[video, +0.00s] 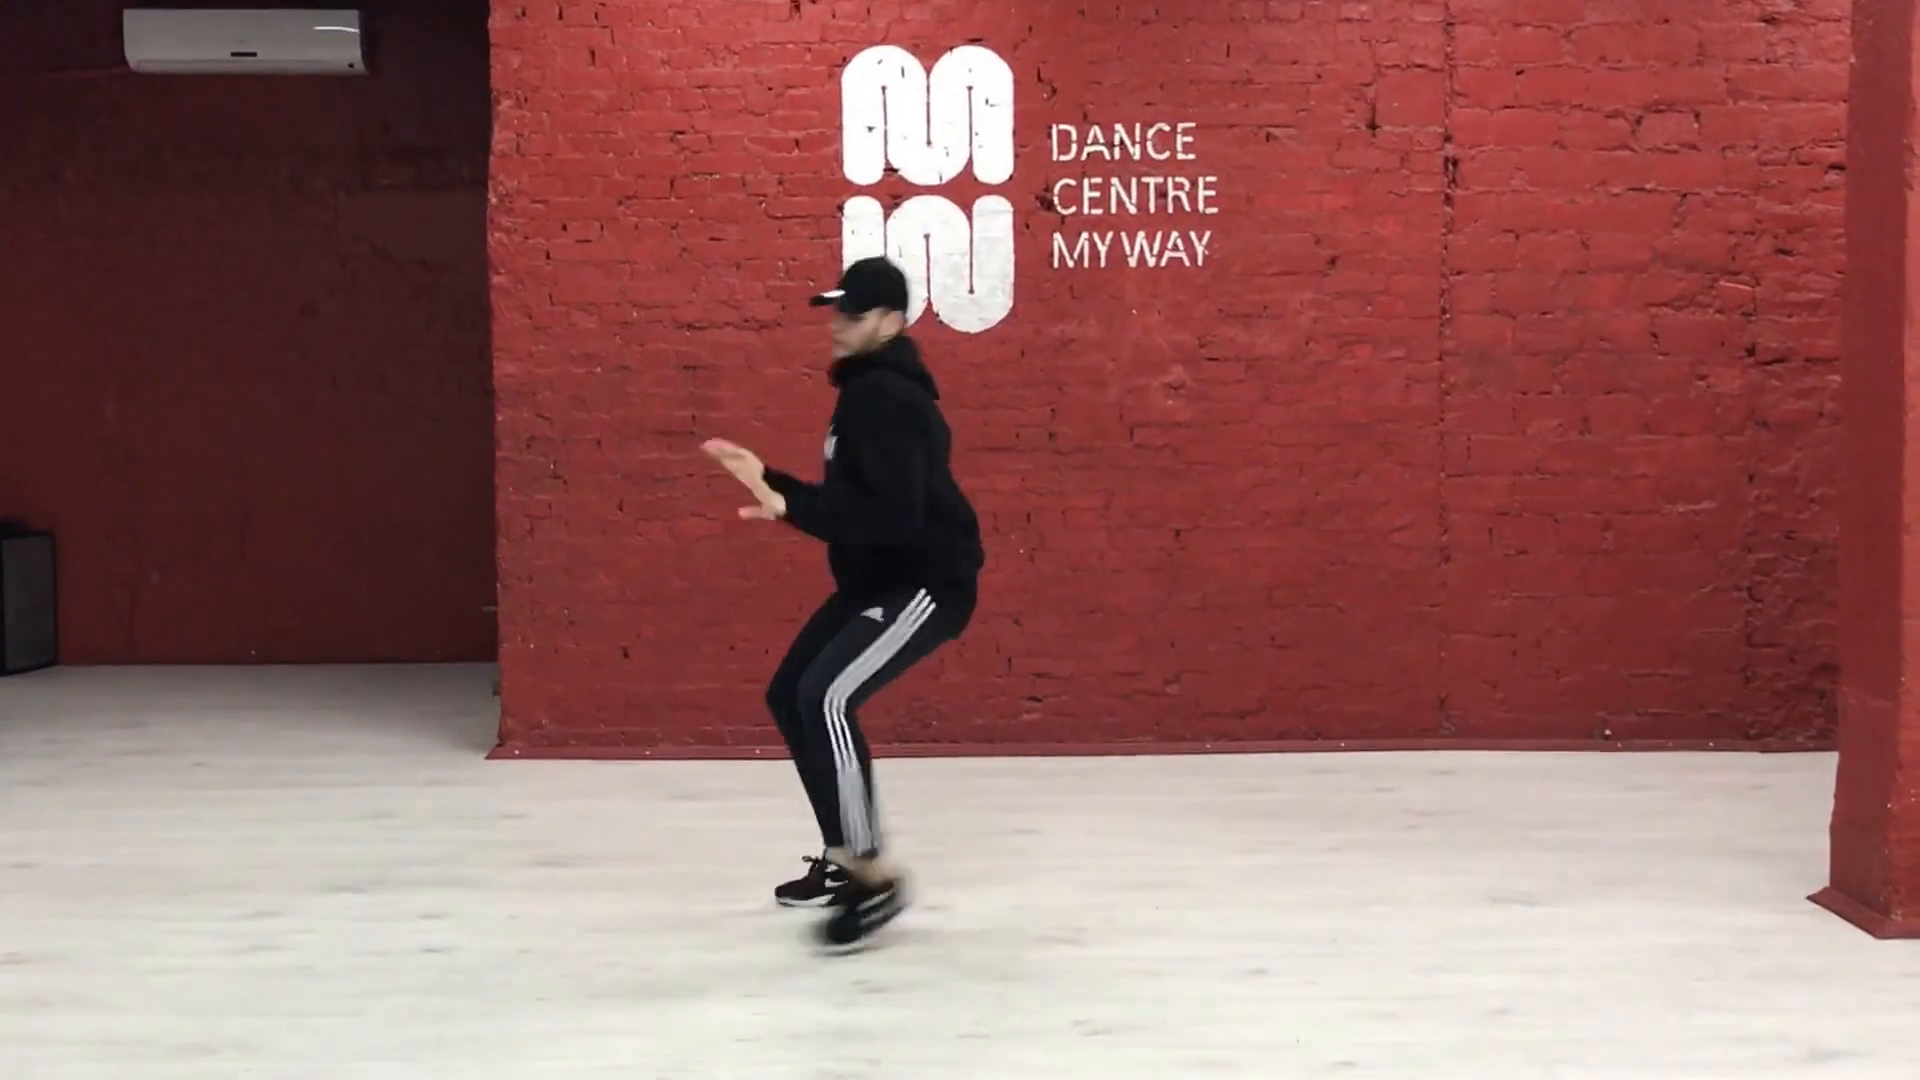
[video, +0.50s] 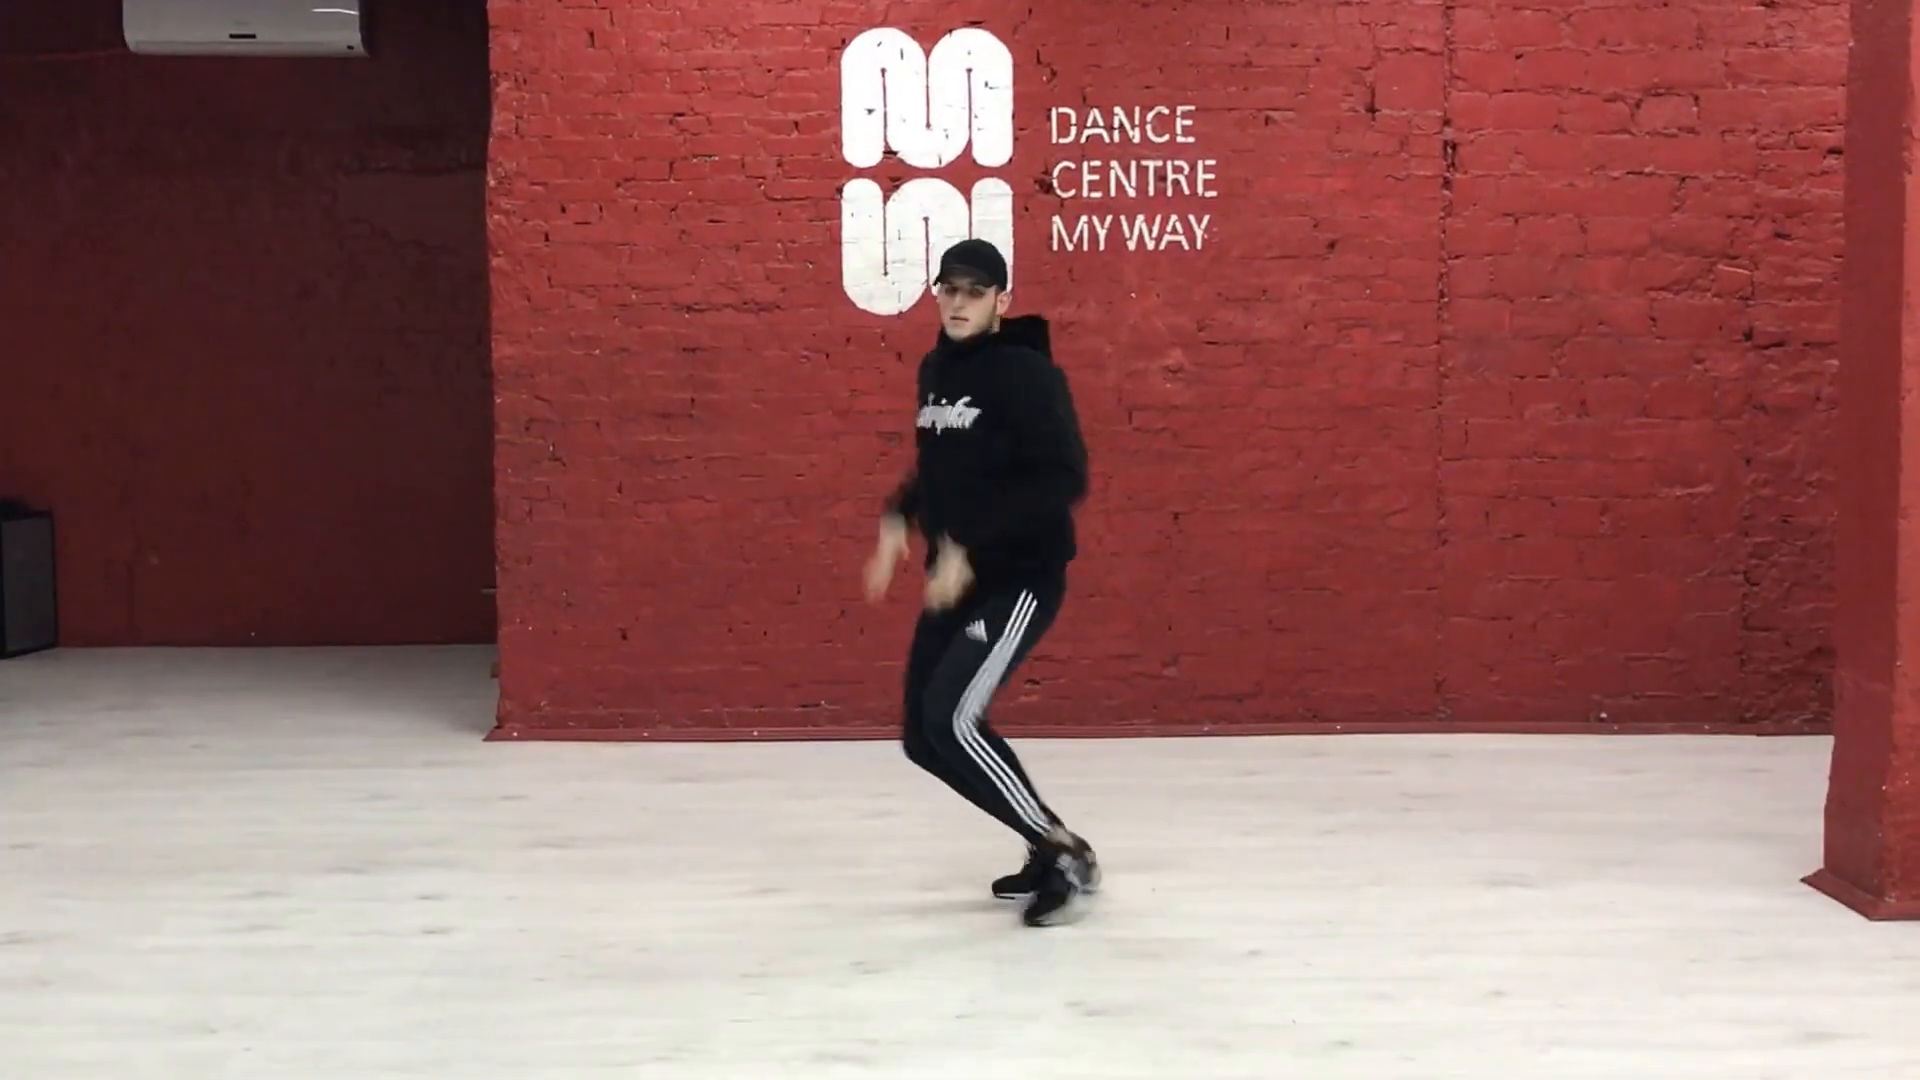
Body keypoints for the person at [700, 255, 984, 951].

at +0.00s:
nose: (836, 323)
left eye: (850, 313)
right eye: (837, 312)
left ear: (888, 320)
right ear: (862, 319)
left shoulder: (892, 395)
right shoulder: (863, 389)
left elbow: (890, 520)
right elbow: (848, 504)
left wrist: (791, 503)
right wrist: (774, 485)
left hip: (924, 590)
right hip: (878, 583)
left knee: (824, 697)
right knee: (790, 696)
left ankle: (870, 874)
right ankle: (846, 857)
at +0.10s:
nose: (886, 335)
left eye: (899, 323)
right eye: (885, 322)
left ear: (940, 325)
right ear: (893, 325)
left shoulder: (938, 405)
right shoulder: (895, 386)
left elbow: (887, 515)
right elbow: (852, 474)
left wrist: (795, 487)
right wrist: (772, 462)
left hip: (910, 596)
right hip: (876, 588)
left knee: (826, 736)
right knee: (795, 691)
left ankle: (965, 873)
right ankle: (847, 862)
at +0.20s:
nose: (917, 358)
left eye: (930, 345)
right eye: (912, 344)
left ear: (970, 343)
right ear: (911, 344)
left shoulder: (975, 434)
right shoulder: (926, 401)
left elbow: (892, 531)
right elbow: (864, 464)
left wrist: (817, 478)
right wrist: (789, 459)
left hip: (915, 605)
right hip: (882, 596)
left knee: (840, 753)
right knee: (799, 684)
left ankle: (982, 883)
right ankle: (844, 857)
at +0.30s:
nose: (927, 335)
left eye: (942, 322)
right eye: (922, 322)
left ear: (980, 325)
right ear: (917, 324)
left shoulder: (990, 414)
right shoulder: (926, 379)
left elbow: (919, 503)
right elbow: (878, 455)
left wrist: (848, 452)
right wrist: (804, 435)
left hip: (954, 599)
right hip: (912, 591)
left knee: (874, 747)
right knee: (826, 675)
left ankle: (996, 890)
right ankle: (853, 851)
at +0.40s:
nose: (942, 309)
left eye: (958, 298)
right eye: (935, 296)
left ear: (989, 306)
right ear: (923, 300)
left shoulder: (1000, 369)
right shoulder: (920, 362)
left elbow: (978, 453)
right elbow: (898, 423)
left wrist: (885, 438)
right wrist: (848, 422)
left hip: (1007, 579)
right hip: (948, 576)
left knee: (913, 711)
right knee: (859, 688)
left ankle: (994, 881)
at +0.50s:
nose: (958, 303)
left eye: (974, 292)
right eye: (949, 289)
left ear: (1000, 300)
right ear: (936, 295)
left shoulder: (1029, 373)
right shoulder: (936, 370)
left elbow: (1066, 478)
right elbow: (939, 463)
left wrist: (972, 541)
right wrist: (900, 517)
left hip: (1025, 575)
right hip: (962, 572)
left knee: (950, 723)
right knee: (923, 737)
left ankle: (1062, 851)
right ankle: (1048, 844)